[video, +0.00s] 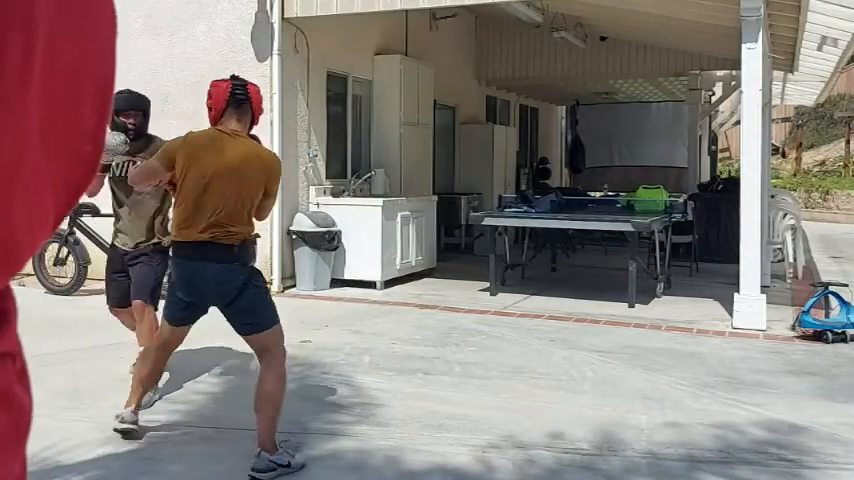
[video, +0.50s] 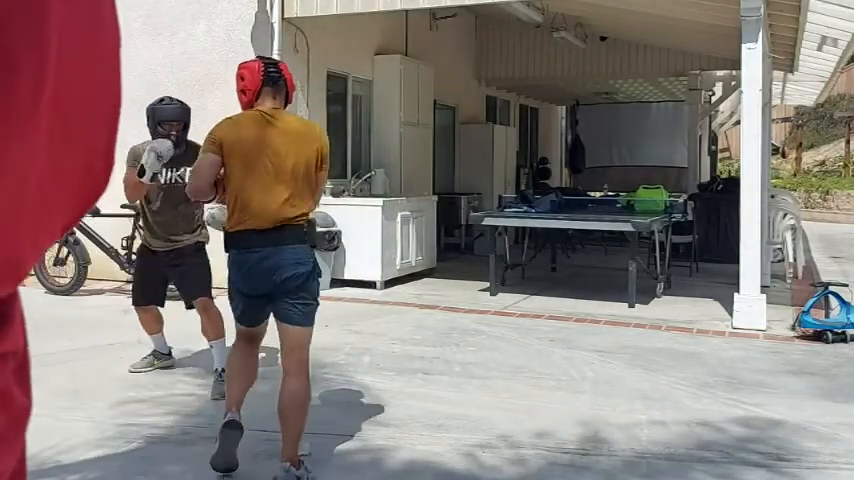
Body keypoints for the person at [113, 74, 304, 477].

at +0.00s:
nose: (258, 116)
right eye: (257, 110)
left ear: (213, 111)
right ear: (254, 113)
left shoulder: (185, 144)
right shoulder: (268, 161)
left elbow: (137, 179)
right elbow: (261, 211)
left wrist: (162, 174)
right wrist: (228, 182)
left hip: (185, 264)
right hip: (234, 267)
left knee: (164, 341)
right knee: (272, 355)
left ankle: (130, 410)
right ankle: (267, 453)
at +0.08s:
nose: (272, 98)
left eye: (226, 92)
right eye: (271, 92)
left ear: (226, 93)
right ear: (267, 93)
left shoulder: (203, 128)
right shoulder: (285, 137)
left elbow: (154, 177)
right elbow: (286, 193)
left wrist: (189, 172)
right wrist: (243, 178)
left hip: (202, 249)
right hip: (251, 252)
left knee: (183, 331)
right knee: (271, 347)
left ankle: (155, 414)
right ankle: (271, 449)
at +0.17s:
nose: (276, 86)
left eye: (233, 77)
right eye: (276, 81)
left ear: (233, 80)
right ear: (274, 83)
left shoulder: (207, 116)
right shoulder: (292, 123)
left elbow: (162, 169)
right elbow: (294, 183)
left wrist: (197, 167)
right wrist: (252, 168)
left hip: (209, 239)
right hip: (259, 241)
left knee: (200, 323)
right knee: (274, 342)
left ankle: (178, 416)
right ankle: (278, 447)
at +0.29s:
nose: (285, 91)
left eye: (241, 82)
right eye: (285, 85)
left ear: (241, 84)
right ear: (283, 86)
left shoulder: (217, 121)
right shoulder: (304, 127)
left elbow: (174, 174)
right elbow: (305, 188)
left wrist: (213, 173)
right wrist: (259, 181)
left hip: (230, 248)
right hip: (280, 246)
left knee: (228, 342)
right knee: (286, 357)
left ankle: (218, 421)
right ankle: (287, 459)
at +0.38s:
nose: (247, 106)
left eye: (246, 100)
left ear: (246, 101)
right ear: (287, 103)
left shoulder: (222, 141)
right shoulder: (309, 145)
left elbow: (191, 200)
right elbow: (310, 208)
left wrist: (222, 201)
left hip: (242, 265)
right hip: (292, 261)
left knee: (242, 356)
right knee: (296, 370)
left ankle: (234, 437)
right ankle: (288, 465)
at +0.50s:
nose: (286, 98)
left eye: (244, 91)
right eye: (289, 92)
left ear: (246, 90)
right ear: (288, 92)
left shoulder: (226, 130)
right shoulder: (313, 134)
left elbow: (198, 191)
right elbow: (315, 193)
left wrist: (227, 189)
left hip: (245, 255)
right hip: (296, 252)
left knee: (247, 340)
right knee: (295, 364)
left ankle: (232, 414)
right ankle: (291, 462)